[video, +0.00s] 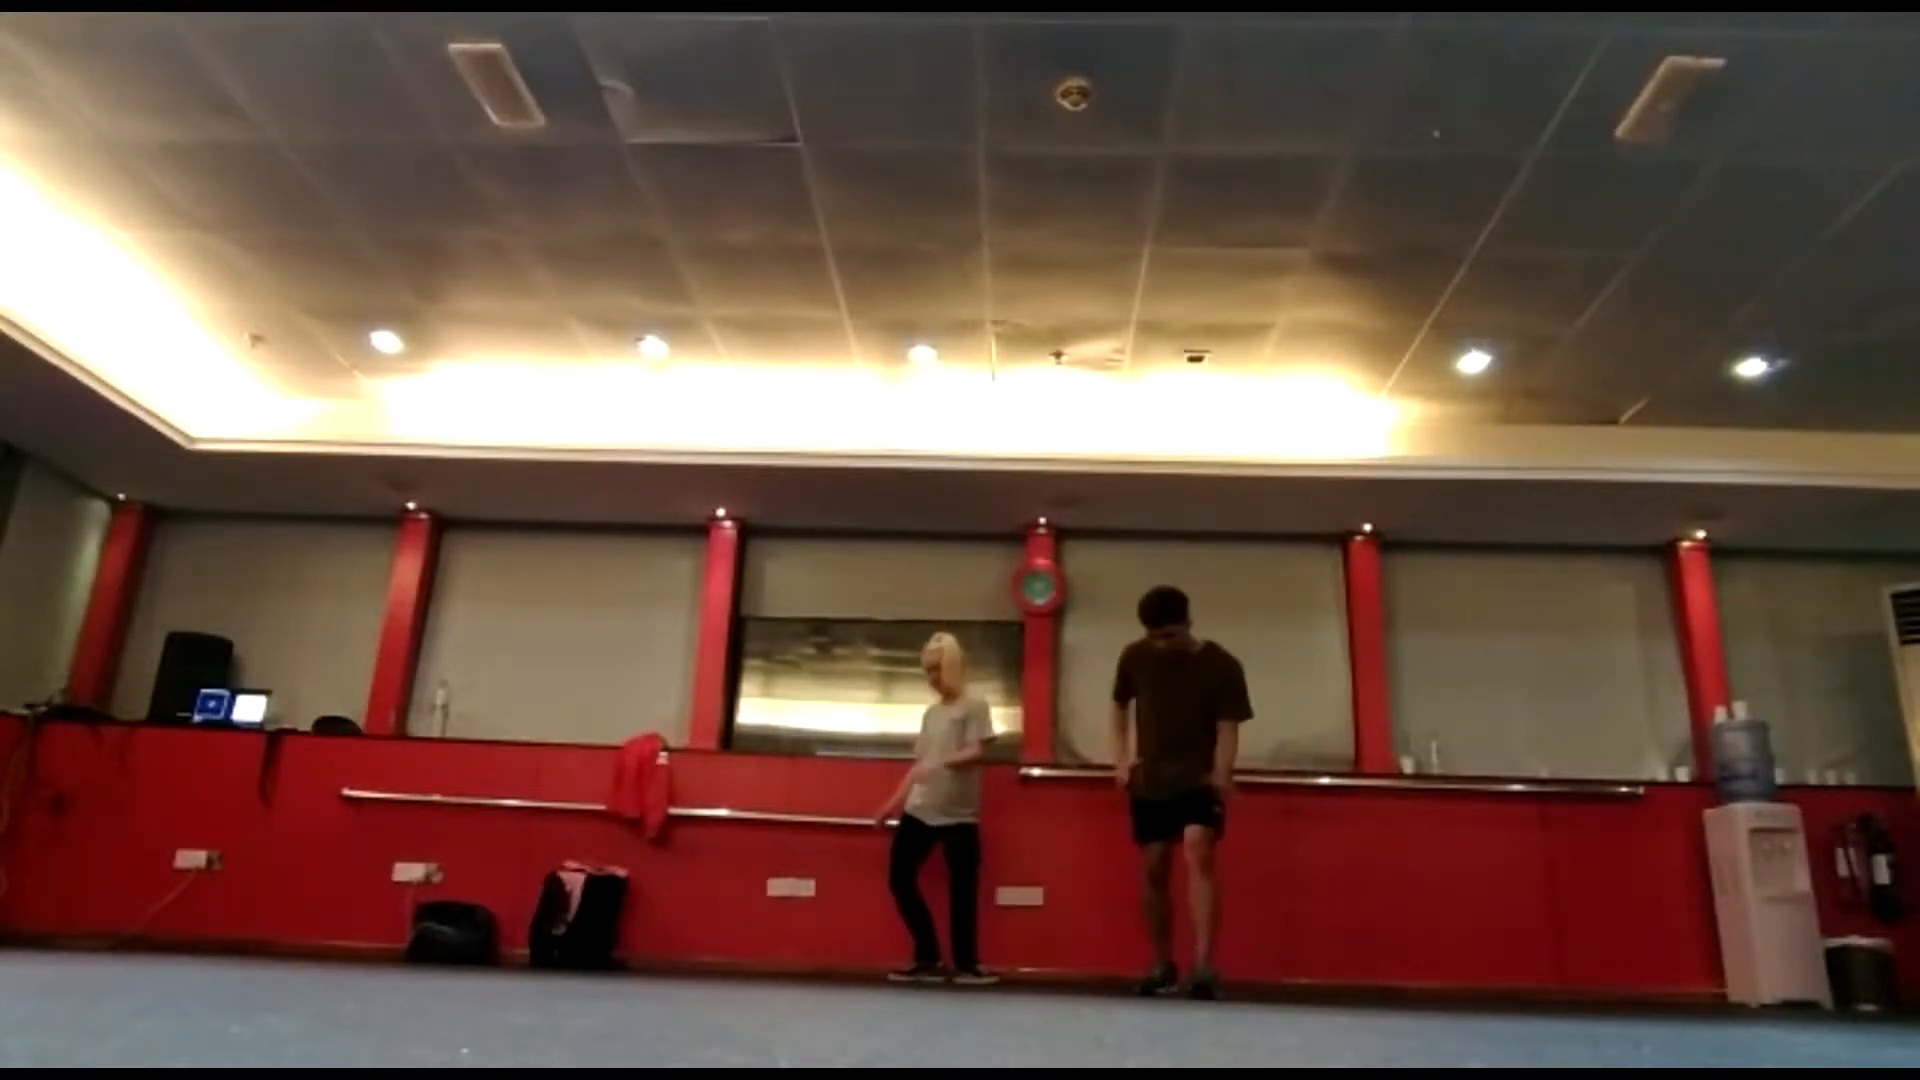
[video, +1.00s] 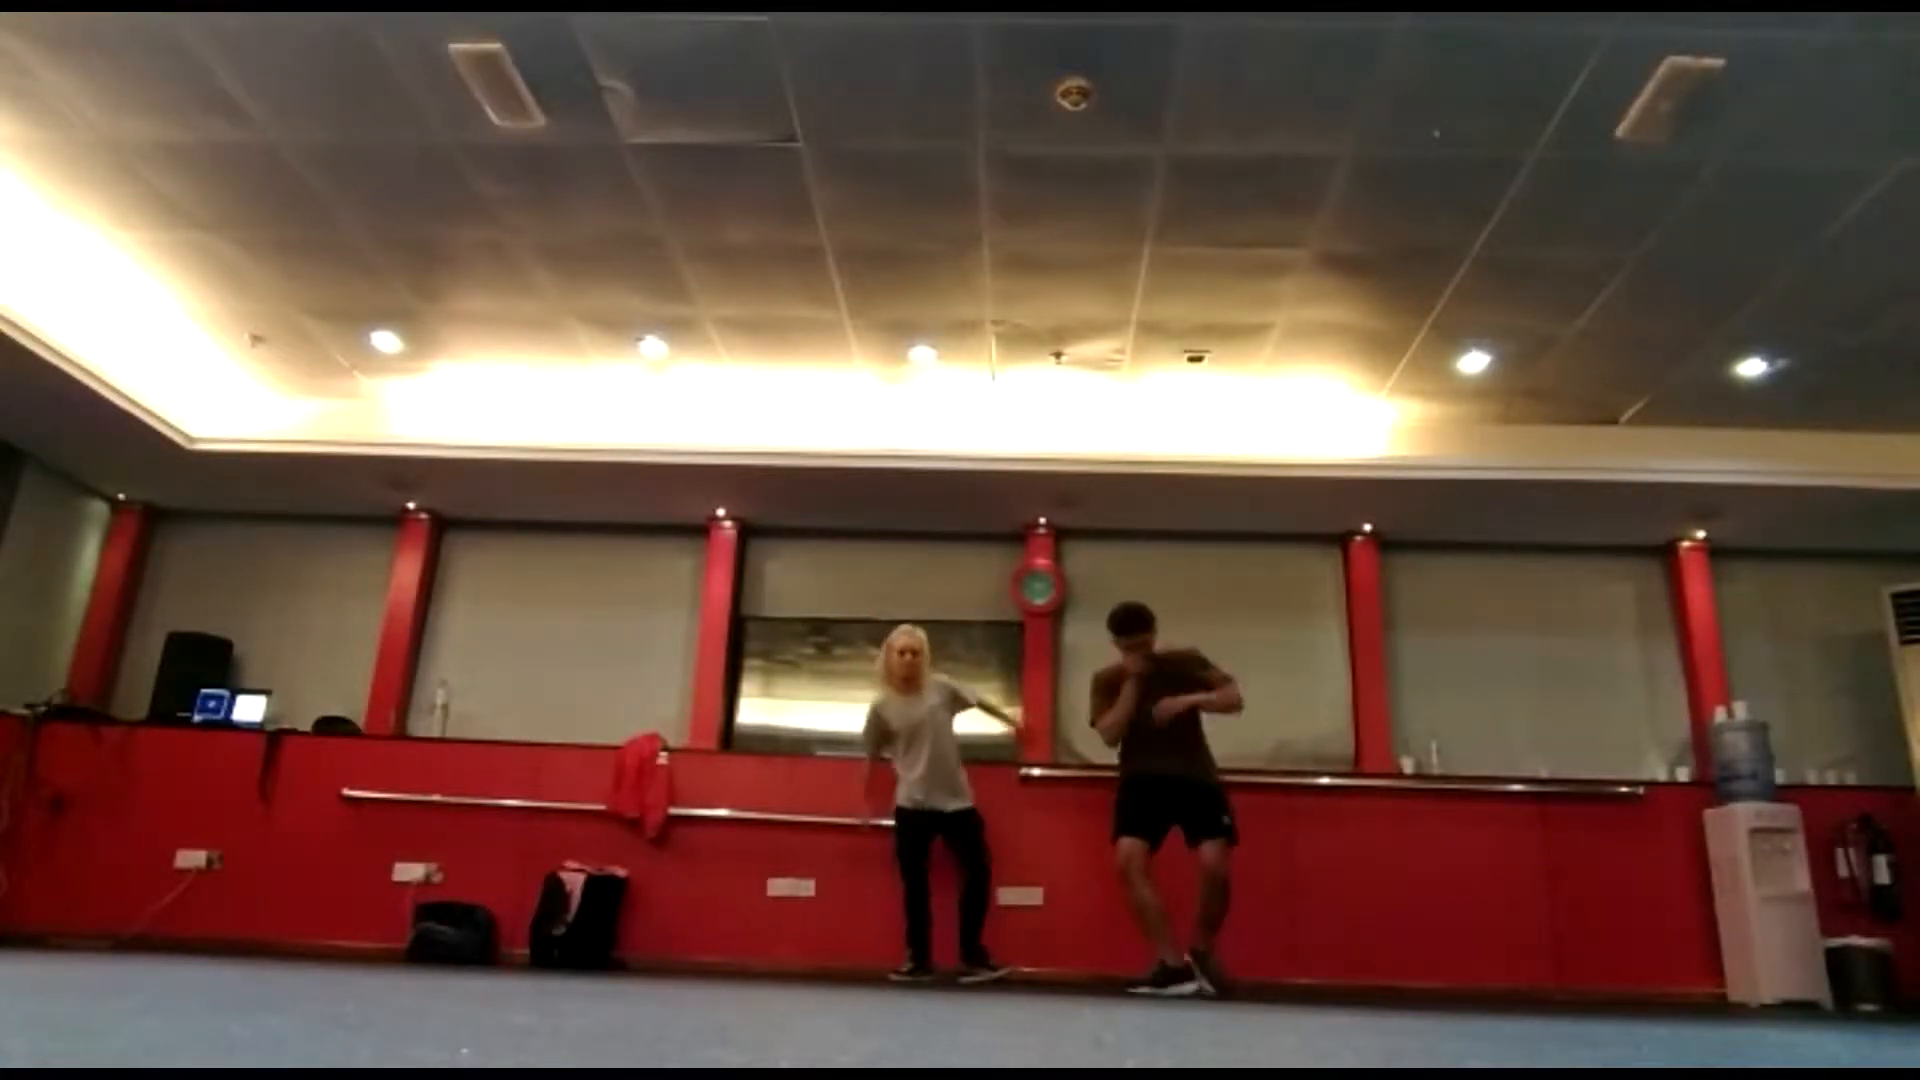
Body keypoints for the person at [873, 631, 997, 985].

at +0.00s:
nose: (930, 677)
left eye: (936, 669)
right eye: (927, 670)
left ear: (954, 667)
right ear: (926, 671)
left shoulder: (974, 707)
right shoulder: (931, 713)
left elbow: (978, 751)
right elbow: (919, 766)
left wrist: (939, 765)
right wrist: (892, 804)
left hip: (959, 817)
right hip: (921, 813)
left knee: (963, 893)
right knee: (901, 879)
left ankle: (964, 963)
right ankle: (927, 958)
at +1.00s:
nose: (908, 660)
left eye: (914, 653)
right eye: (900, 653)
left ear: (924, 657)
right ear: (887, 658)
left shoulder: (942, 690)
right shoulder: (883, 707)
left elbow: (981, 703)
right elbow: (871, 757)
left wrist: (1014, 722)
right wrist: (865, 802)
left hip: (956, 801)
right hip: (913, 804)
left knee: (978, 875)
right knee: (915, 886)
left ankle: (973, 955)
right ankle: (918, 959)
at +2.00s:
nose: (977, 670)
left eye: (985, 664)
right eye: (972, 662)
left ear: (995, 671)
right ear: (960, 665)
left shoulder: (995, 720)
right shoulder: (935, 700)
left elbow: (1001, 767)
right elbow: (896, 723)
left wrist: (1013, 807)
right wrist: (909, 754)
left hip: (962, 811)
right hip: (919, 806)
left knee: (990, 876)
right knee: (914, 886)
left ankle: (975, 959)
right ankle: (919, 959)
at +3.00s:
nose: (940, 672)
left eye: (946, 665)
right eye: (933, 666)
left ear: (960, 668)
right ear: (924, 671)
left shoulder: (974, 703)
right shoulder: (926, 714)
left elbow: (992, 738)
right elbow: (925, 763)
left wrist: (973, 777)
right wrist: (907, 803)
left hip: (967, 817)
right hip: (927, 815)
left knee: (990, 879)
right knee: (914, 885)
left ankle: (977, 961)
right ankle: (912, 959)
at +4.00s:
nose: (921, 658)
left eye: (927, 649)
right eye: (914, 651)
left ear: (941, 647)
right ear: (906, 654)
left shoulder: (967, 688)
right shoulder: (903, 691)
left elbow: (982, 738)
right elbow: (898, 728)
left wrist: (965, 777)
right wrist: (902, 760)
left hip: (955, 786)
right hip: (918, 779)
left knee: (945, 874)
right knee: (917, 817)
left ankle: (937, 955)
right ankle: (917, 890)